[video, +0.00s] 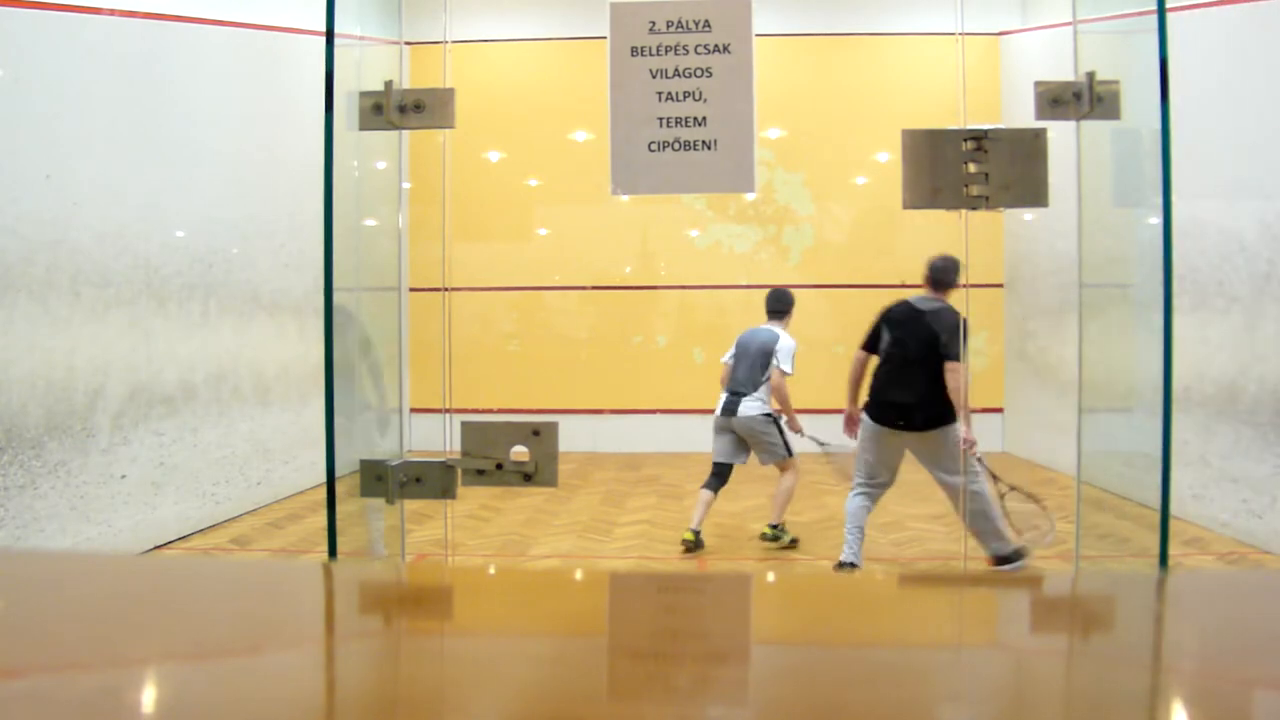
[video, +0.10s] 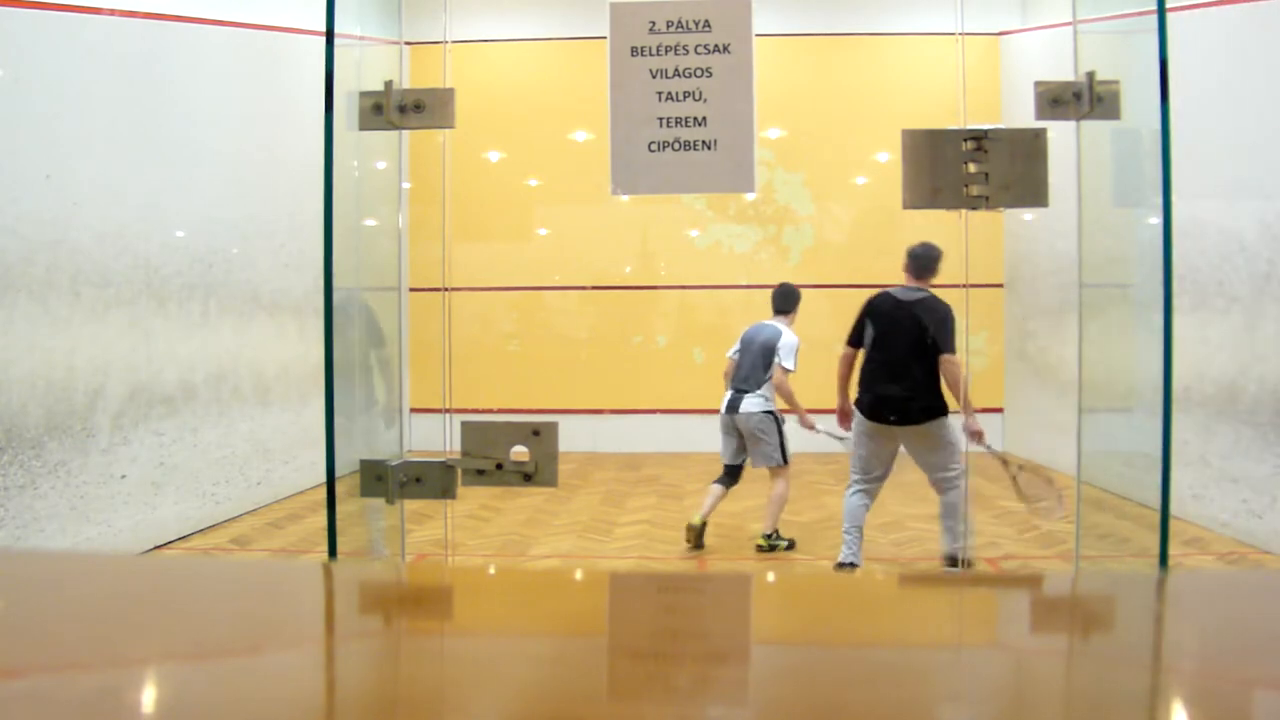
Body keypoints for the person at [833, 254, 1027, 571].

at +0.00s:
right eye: (955, 282)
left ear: (925, 279)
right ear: (954, 284)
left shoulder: (894, 312)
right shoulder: (951, 321)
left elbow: (861, 358)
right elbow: (954, 373)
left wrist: (851, 405)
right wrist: (965, 423)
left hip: (882, 414)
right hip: (931, 419)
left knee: (865, 486)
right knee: (966, 480)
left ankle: (849, 555)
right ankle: (1001, 549)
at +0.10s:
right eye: (934, 271)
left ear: (905, 268)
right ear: (935, 272)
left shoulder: (877, 303)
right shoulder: (939, 310)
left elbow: (849, 353)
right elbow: (948, 363)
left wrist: (842, 399)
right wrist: (969, 413)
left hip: (874, 411)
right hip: (923, 414)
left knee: (862, 483)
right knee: (950, 479)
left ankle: (849, 555)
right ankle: (955, 552)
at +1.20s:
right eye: (912, 303)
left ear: (883, 305)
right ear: (912, 307)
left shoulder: (860, 337)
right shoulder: (916, 344)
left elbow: (839, 372)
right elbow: (937, 397)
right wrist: (958, 436)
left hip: (856, 431)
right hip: (899, 432)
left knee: (832, 496)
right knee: (940, 469)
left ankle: (809, 560)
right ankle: (937, 540)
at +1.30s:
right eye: (936, 310)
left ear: (910, 308)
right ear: (937, 313)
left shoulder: (887, 336)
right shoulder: (939, 349)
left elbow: (861, 359)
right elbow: (962, 399)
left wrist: (891, 352)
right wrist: (986, 434)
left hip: (872, 431)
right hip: (916, 432)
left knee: (849, 493)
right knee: (960, 465)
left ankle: (817, 557)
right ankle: (959, 536)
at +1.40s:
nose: (975, 319)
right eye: (974, 314)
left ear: (948, 310)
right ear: (974, 316)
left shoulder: (920, 334)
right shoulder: (969, 351)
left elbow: (883, 352)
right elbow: (989, 400)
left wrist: (914, 358)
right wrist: (1011, 431)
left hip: (893, 423)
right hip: (934, 425)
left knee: (880, 486)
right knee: (976, 473)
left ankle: (845, 532)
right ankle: (971, 543)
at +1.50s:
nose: (1000, 328)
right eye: (1002, 324)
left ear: (976, 317)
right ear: (1001, 326)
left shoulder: (946, 336)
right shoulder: (990, 356)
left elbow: (900, 355)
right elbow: (1005, 410)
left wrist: (910, 389)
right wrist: (1027, 434)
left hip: (910, 417)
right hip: (948, 421)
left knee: (920, 479)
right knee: (987, 479)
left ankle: (902, 505)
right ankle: (974, 543)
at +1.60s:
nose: (1019, 340)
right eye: (1020, 335)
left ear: (994, 325)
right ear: (1016, 337)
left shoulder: (960, 341)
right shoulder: (1004, 364)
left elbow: (914, 351)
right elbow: (1018, 417)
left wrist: (895, 382)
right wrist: (1045, 435)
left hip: (921, 420)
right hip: (960, 425)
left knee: (938, 460)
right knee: (995, 484)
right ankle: (975, 541)